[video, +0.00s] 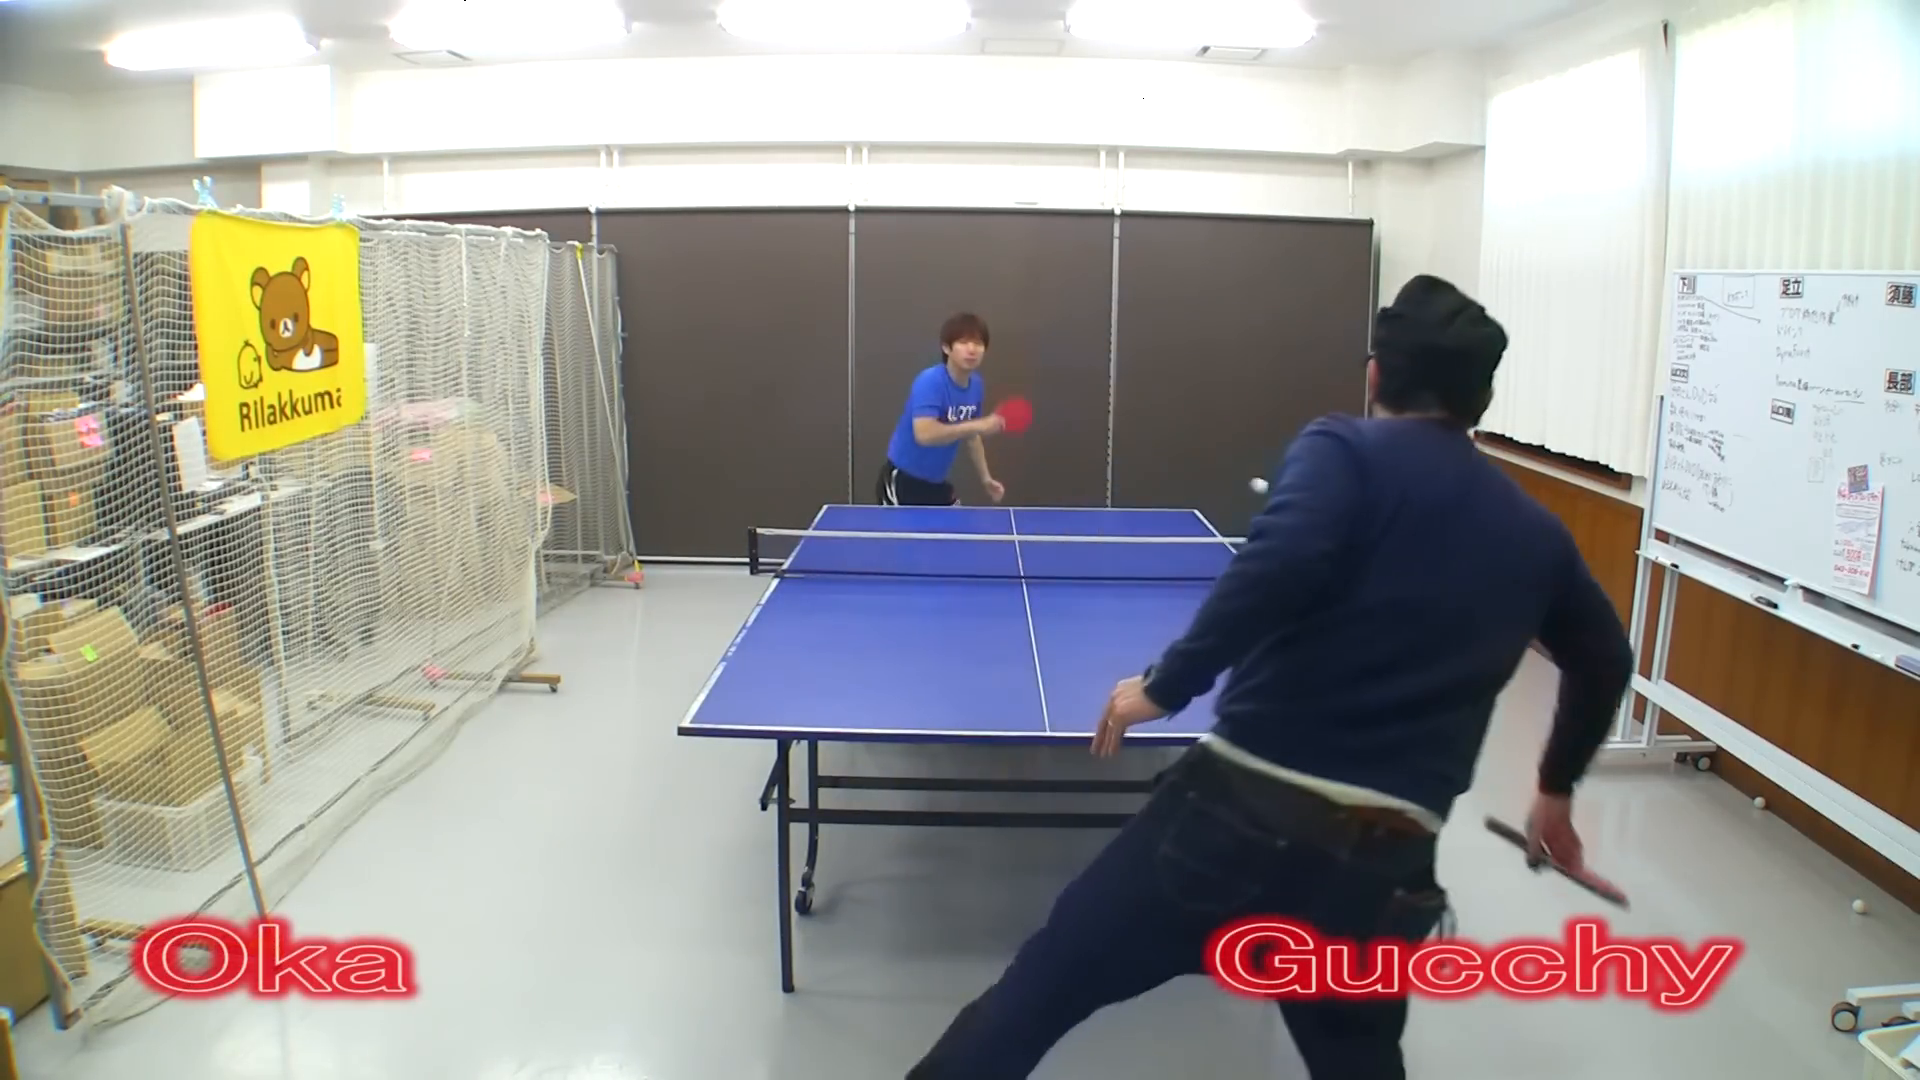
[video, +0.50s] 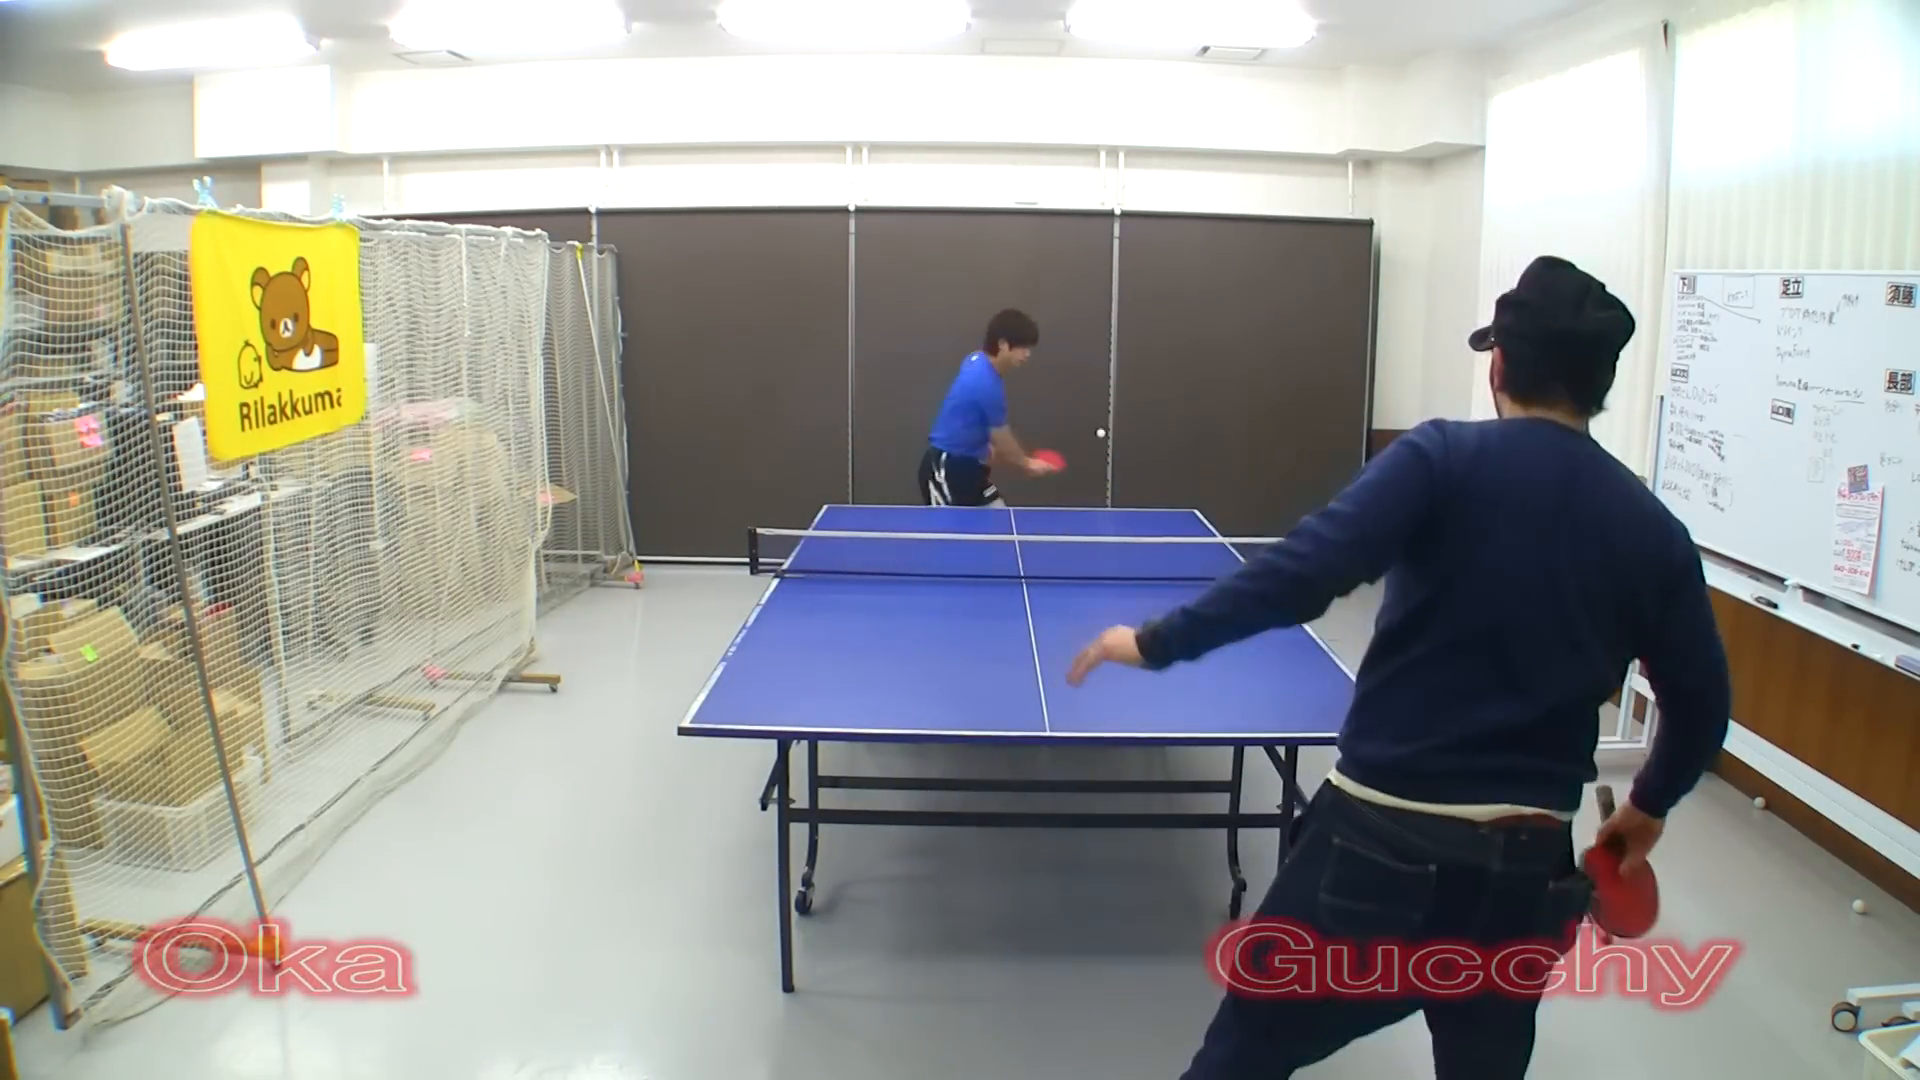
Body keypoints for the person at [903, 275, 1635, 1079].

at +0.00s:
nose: (1365, 371)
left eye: (1370, 361)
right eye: (1376, 359)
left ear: (1377, 375)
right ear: (1480, 399)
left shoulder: (1340, 449)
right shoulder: (1533, 530)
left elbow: (1285, 562)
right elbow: (1602, 659)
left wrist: (1161, 686)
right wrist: (1556, 788)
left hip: (1231, 828)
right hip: (1384, 869)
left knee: (1037, 997)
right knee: (1363, 1066)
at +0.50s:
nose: (1486, 364)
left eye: (1489, 350)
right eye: (1491, 345)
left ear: (1499, 363)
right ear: (1601, 383)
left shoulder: (1441, 458)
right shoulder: (1650, 526)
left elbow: (1305, 572)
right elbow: (1701, 705)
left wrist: (1152, 641)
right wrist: (1646, 809)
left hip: (1380, 847)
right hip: (1528, 868)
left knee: (1240, 1053)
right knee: (1487, 1063)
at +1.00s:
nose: (1351, 363)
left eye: (1356, 349)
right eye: (1356, 347)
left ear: (1368, 366)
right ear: (1466, 374)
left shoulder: (1333, 484)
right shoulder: (1523, 512)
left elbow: (1302, 658)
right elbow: (1538, 678)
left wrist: (1210, 789)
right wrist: (1422, 705)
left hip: (1317, 882)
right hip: (1458, 882)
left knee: (1180, 1068)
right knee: (1450, 1069)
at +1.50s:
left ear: (824, 364)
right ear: (948, 372)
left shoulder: (746, 507)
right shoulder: (1007, 516)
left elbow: (598, 615)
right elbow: (1068, 682)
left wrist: (605, 673)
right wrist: (974, 621)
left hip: (844, 896)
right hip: (993, 881)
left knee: (922, 1067)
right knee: (1056, 1065)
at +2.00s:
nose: (352, 399)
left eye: (345, 382)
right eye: (344, 384)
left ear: (234, 419)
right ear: (326, 409)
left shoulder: (290, 507)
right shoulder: (235, 565)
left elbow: (352, 547)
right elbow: (274, 676)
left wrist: (419, 577)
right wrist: (346, 569)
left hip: (229, 873)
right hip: (293, 898)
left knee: (206, 1042)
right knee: (384, 1066)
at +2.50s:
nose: (165, 464)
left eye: (163, 449)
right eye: (161, 449)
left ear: (60, 459)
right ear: (139, 452)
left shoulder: (9, 531)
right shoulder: (192, 537)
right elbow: (225, 698)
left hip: (10, 806)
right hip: (123, 813)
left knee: (52, 1032)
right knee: (138, 1039)